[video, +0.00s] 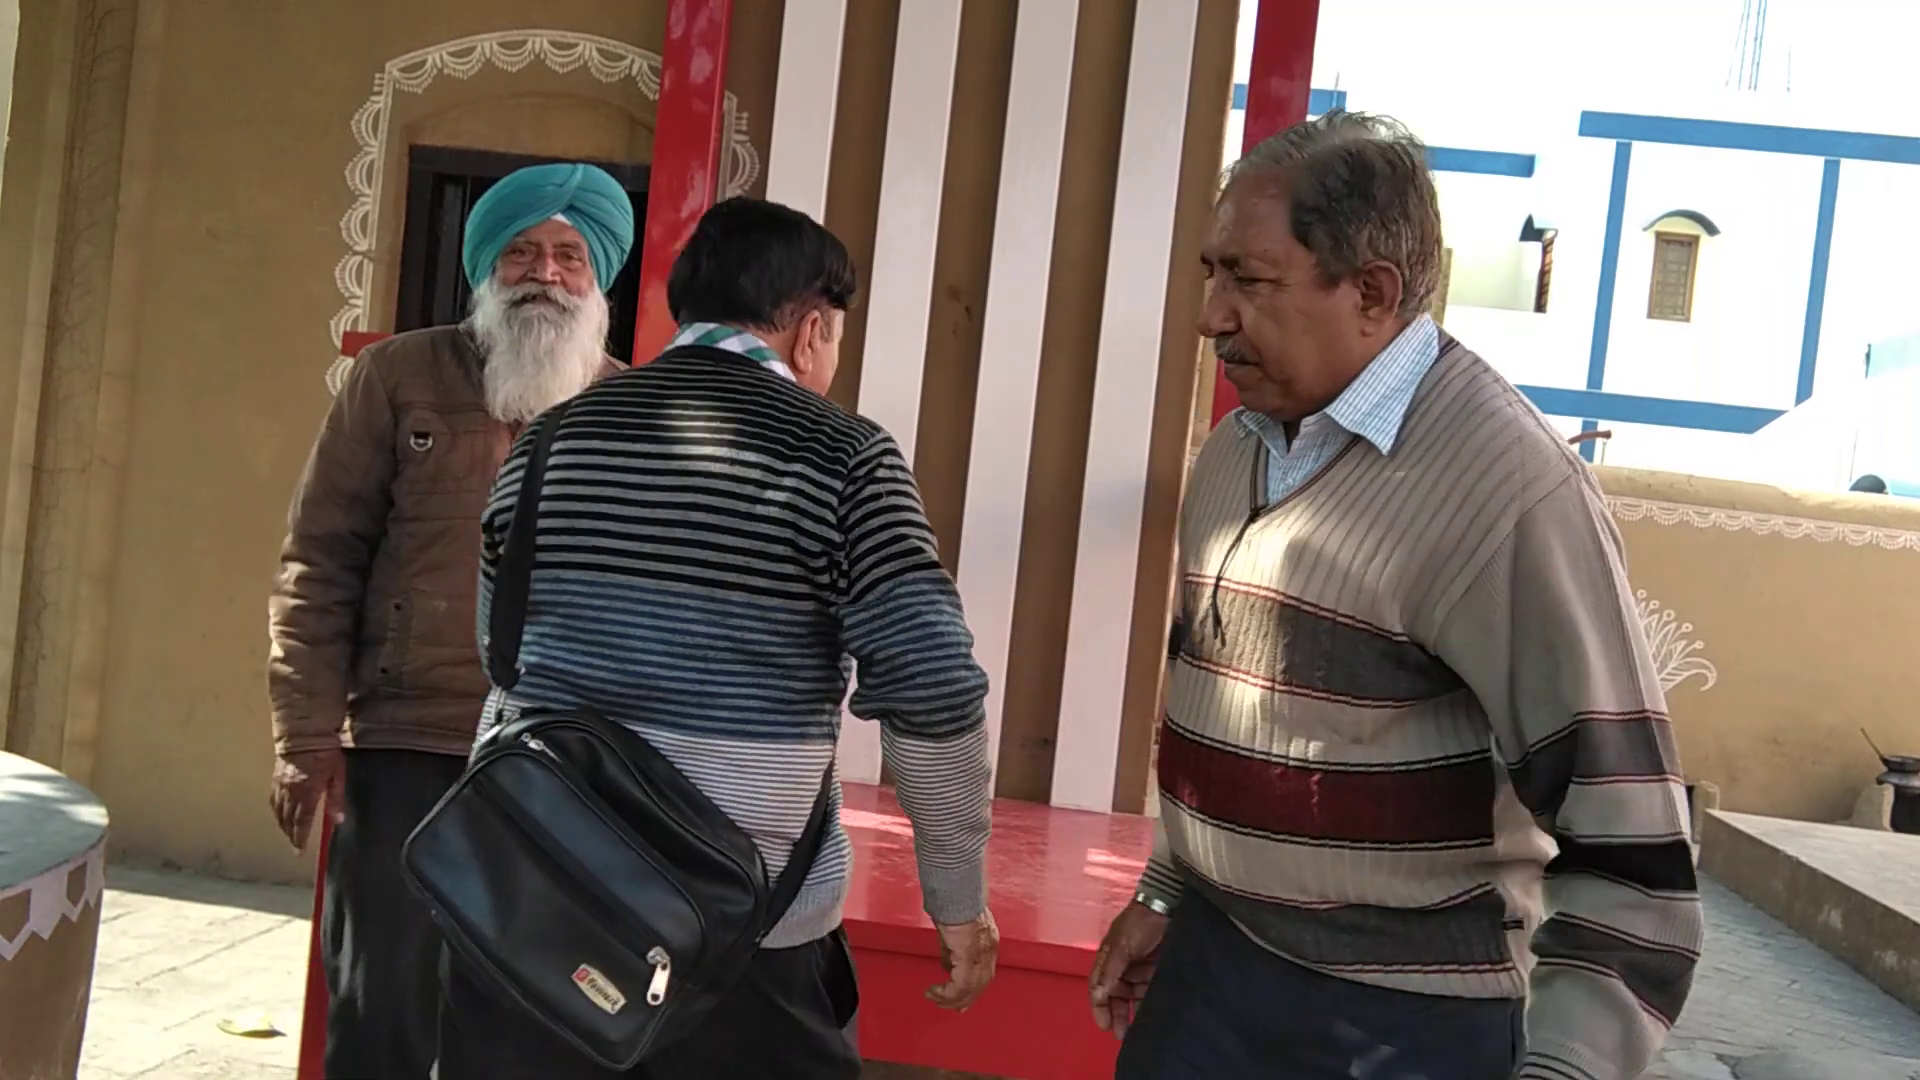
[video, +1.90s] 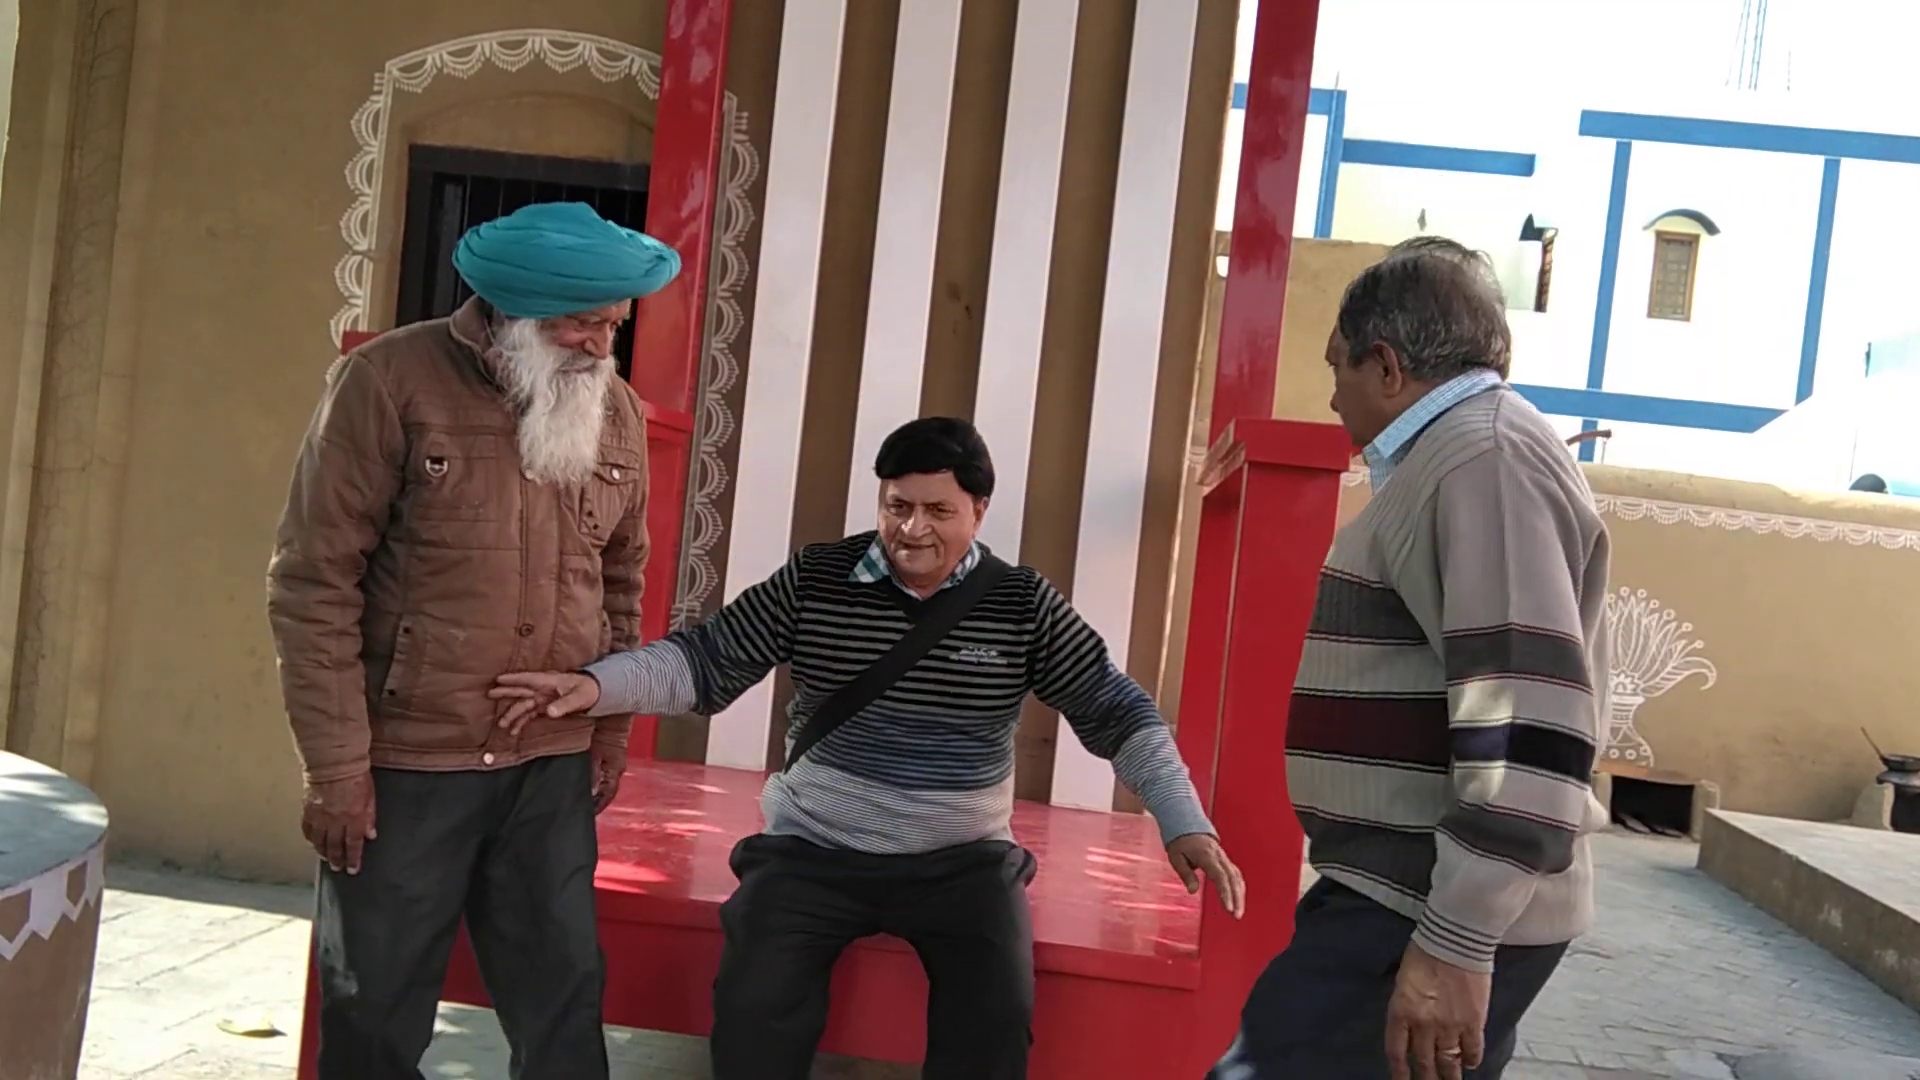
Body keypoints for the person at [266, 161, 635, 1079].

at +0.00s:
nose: (547, 270)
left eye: (571, 254)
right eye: (525, 249)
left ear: (603, 278)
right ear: (486, 265)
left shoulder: (628, 401)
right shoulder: (396, 375)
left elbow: (661, 589)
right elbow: (320, 561)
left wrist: (628, 759)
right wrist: (308, 735)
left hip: (559, 767)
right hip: (409, 760)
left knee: (529, 1027)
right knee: (383, 1019)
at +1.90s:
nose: (599, 338)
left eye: (610, 319)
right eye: (579, 319)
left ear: (618, 314)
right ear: (513, 310)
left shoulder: (616, 411)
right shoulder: (388, 381)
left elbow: (622, 584)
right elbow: (313, 580)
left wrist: (611, 727)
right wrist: (337, 766)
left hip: (549, 782)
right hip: (407, 782)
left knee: (564, 1030)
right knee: (375, 1040)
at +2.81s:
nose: (684, 314)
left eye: (706, 300)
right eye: (664, 292)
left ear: (725, 323)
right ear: (621, 298)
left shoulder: (731, 441)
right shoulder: (524, 370)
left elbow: (704, 600)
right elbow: (418, 530)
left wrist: (669, 728)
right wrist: (397, 695)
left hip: (607, 763)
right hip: (471, 742)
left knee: (566, 1019)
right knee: (408, 1001)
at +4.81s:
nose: (590, 285)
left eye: (612, 271)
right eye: (570, 265)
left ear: (636, 294)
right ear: (532, 276)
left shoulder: (665, 417)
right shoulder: (443, 366)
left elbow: (666, 585)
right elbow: (363, 542)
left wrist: (630, 722)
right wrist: (358, 709)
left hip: (572, 753)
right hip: (435, 741)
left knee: (523, 1005)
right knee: (416, 996)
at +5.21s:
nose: (610, 291)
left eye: (632, 277)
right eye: (591, 269)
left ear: (657, 300)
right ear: (554, 280)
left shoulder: (680, 427)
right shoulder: (460, 365)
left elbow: (676, 593)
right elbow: (374, 533)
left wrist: (631, 728)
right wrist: (357, 697)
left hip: (572, 747)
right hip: (431, 727)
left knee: (524, 999)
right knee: (367, 978)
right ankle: (351, 1074)